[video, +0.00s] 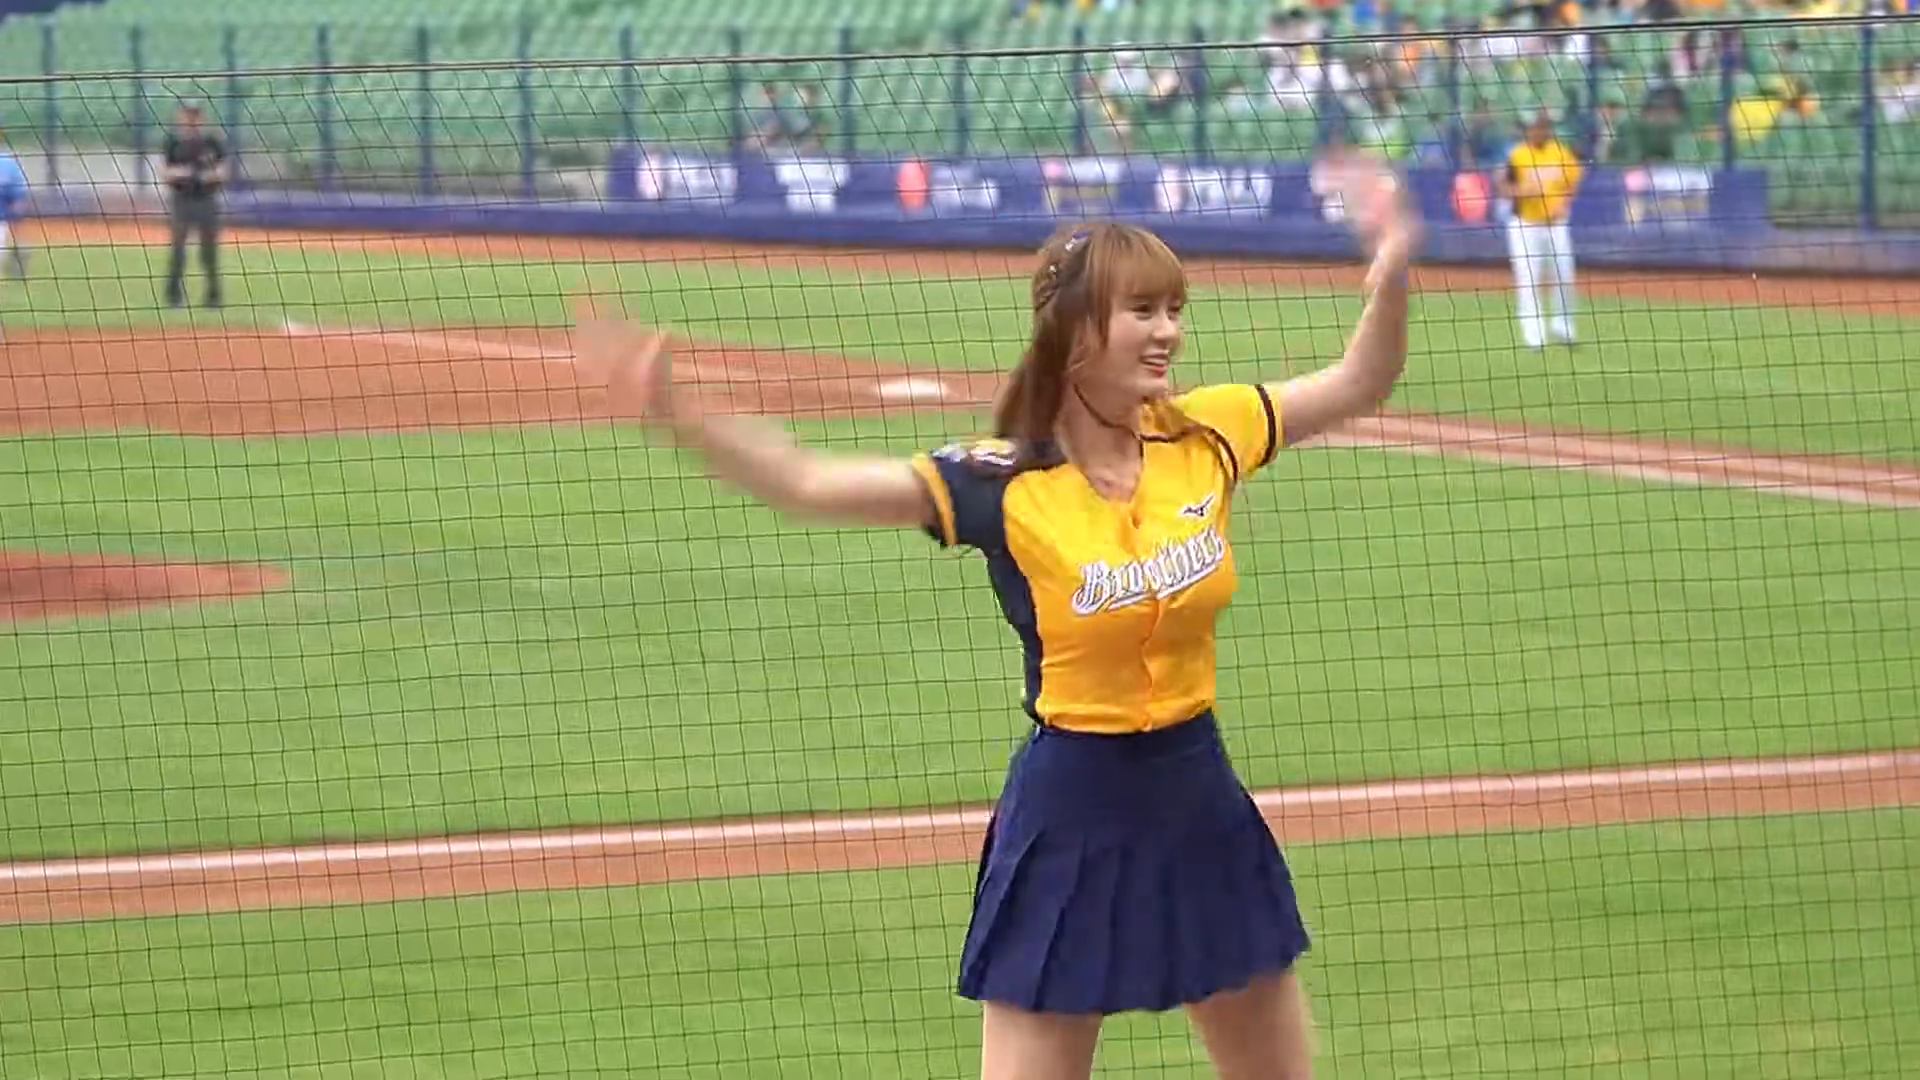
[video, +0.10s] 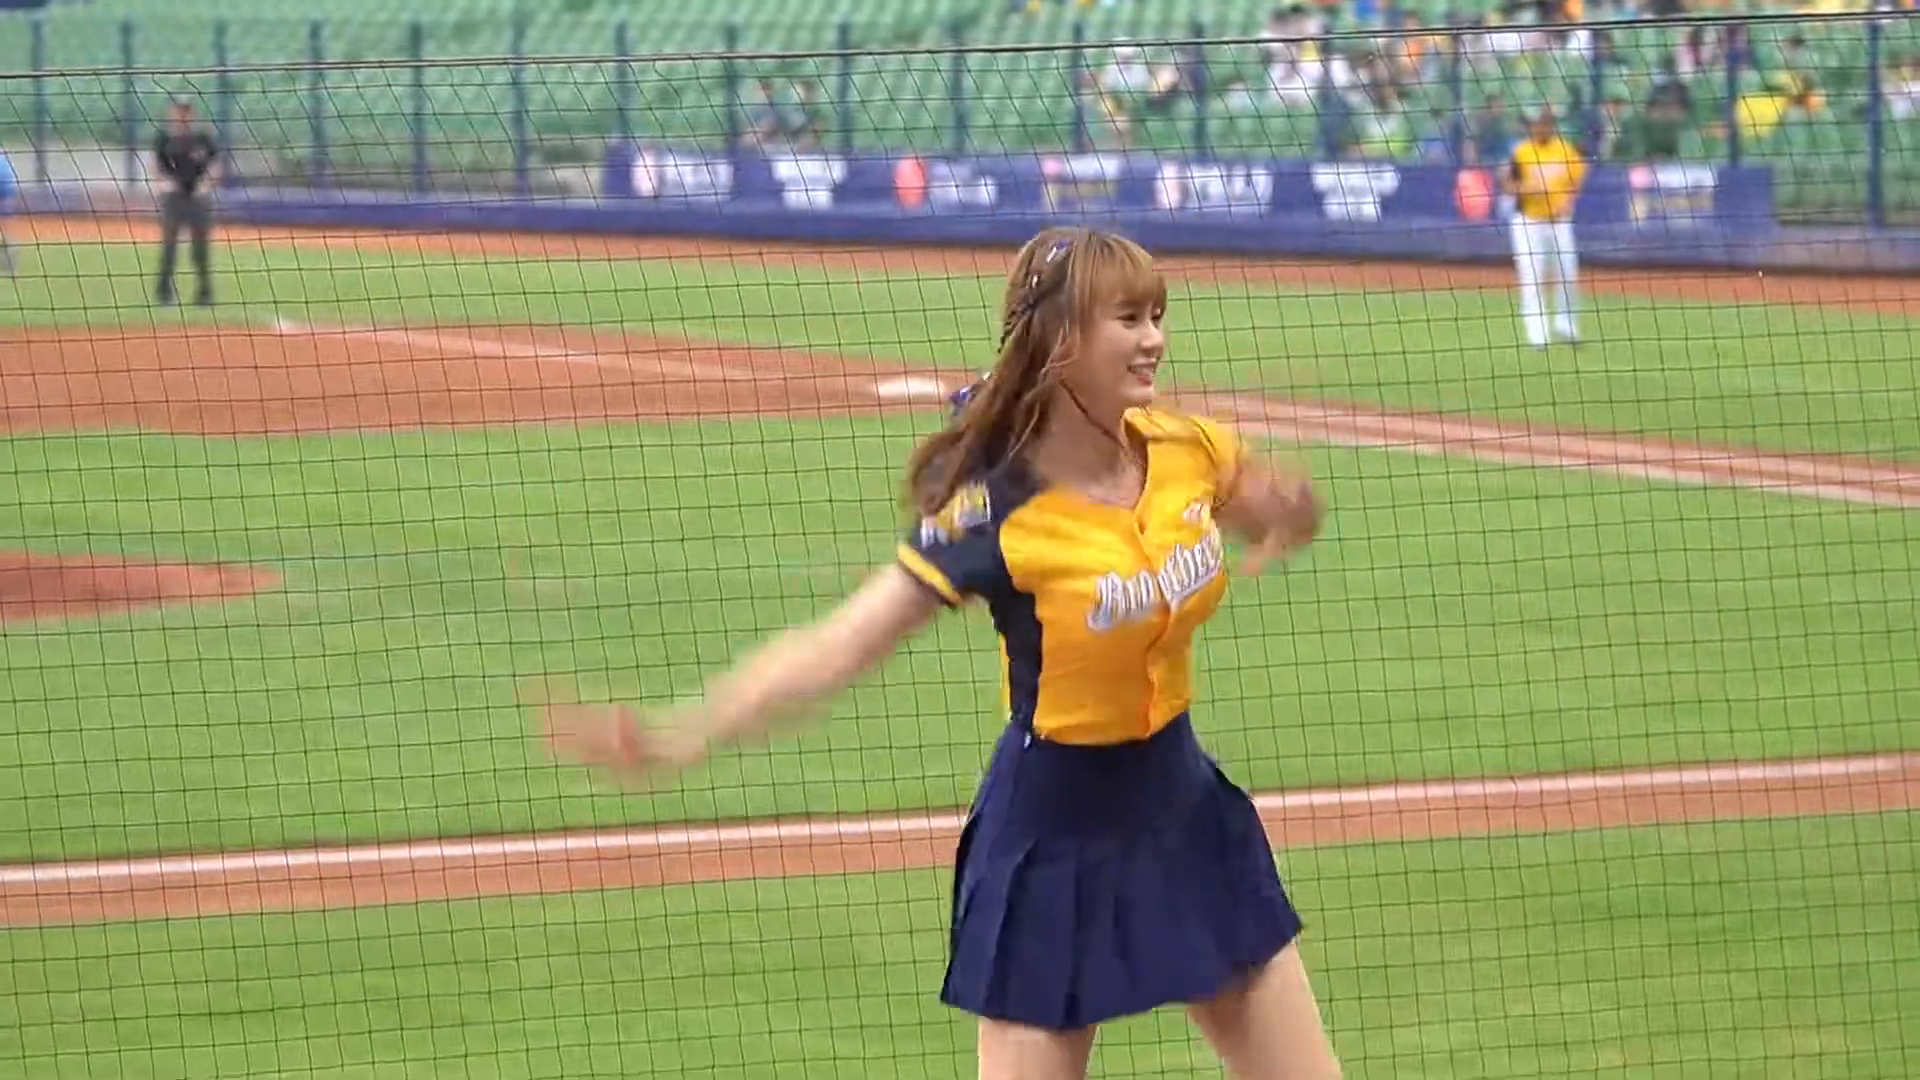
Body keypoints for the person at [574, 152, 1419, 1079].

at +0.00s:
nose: (1169, 332)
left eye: (1174, 310)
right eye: (1145, 309)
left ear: (1173, 328)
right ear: (1073, 325)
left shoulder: (1206, 433)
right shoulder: (998, 482)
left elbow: (1360, 384)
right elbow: (805, 483)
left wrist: (1391, 276)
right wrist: (675, 417)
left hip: (1201, 808)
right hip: (1068, 821)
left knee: (1278, 1066)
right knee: (1029, 1066)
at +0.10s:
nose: (1154, 337)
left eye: (1157, 316)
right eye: (1128, 317)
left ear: (1159, 331)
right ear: (1054, 343)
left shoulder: (1189, 446)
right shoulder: (997, 513)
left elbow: (1285, 526)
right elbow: (842, 643)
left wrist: (1293, 507)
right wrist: (684, 733)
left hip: (1180, 798)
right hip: (1051, 822)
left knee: (1304, 1065)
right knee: (1027, 1067)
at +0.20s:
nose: (1156, 390)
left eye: (1158, 367)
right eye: (1130, 367)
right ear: (1053, 390)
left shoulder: (1165, 504)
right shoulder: (995, 583)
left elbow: (1228, 574)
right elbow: (903, 769)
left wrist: (1314, 614)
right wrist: (800, 947)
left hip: (1157, 851)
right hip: (1037, 882)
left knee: (1332, 1067)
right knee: (1032, 1061)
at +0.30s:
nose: (1175, 361)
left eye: (1175, 340)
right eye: (1152, 344)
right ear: (1080, 374)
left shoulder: (1187, 460)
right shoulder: (1015, 552)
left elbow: (1278, 477)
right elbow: (920, 711)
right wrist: (812, 859)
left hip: (1178, 827)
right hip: (1058, 857)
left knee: (1357, 1065)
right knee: (1040, 1062)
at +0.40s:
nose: (1218, 312)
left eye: (1218, 290)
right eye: (1198, 293)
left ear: (1170, 309)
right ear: (1122, 311)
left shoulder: (1227, 393)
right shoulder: (1061, 466)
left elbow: (1332, 340)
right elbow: (915, 566)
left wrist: (1441, 287)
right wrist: (792, 608)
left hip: (1206, 772)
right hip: (1090, 785)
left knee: (1361, 1066)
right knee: (1037, 1066)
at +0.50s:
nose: (1260, 331)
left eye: (1261, 310)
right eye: (1239, 312)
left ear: (1247, 320)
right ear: (1165, 324)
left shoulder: (1271, 396)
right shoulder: (1095, 443)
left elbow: (1394, 290)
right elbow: (951, 435)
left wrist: (1502, 184)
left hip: (1253, 792)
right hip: (1137, 799)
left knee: (1336, 1063)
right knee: (1070, 1063)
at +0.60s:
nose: (1313, 345)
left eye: (1317, 324)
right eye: (1289, 326)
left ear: (1317, 331)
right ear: (1218, 339)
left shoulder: (1337, 436)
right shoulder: (1152, 469)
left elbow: (1485, 328)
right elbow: (996, 424)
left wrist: (1613, 205)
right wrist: (954, 293)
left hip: (1289, 836)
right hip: (1173, 831)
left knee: (1355, 1064)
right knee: (1098, 1068)